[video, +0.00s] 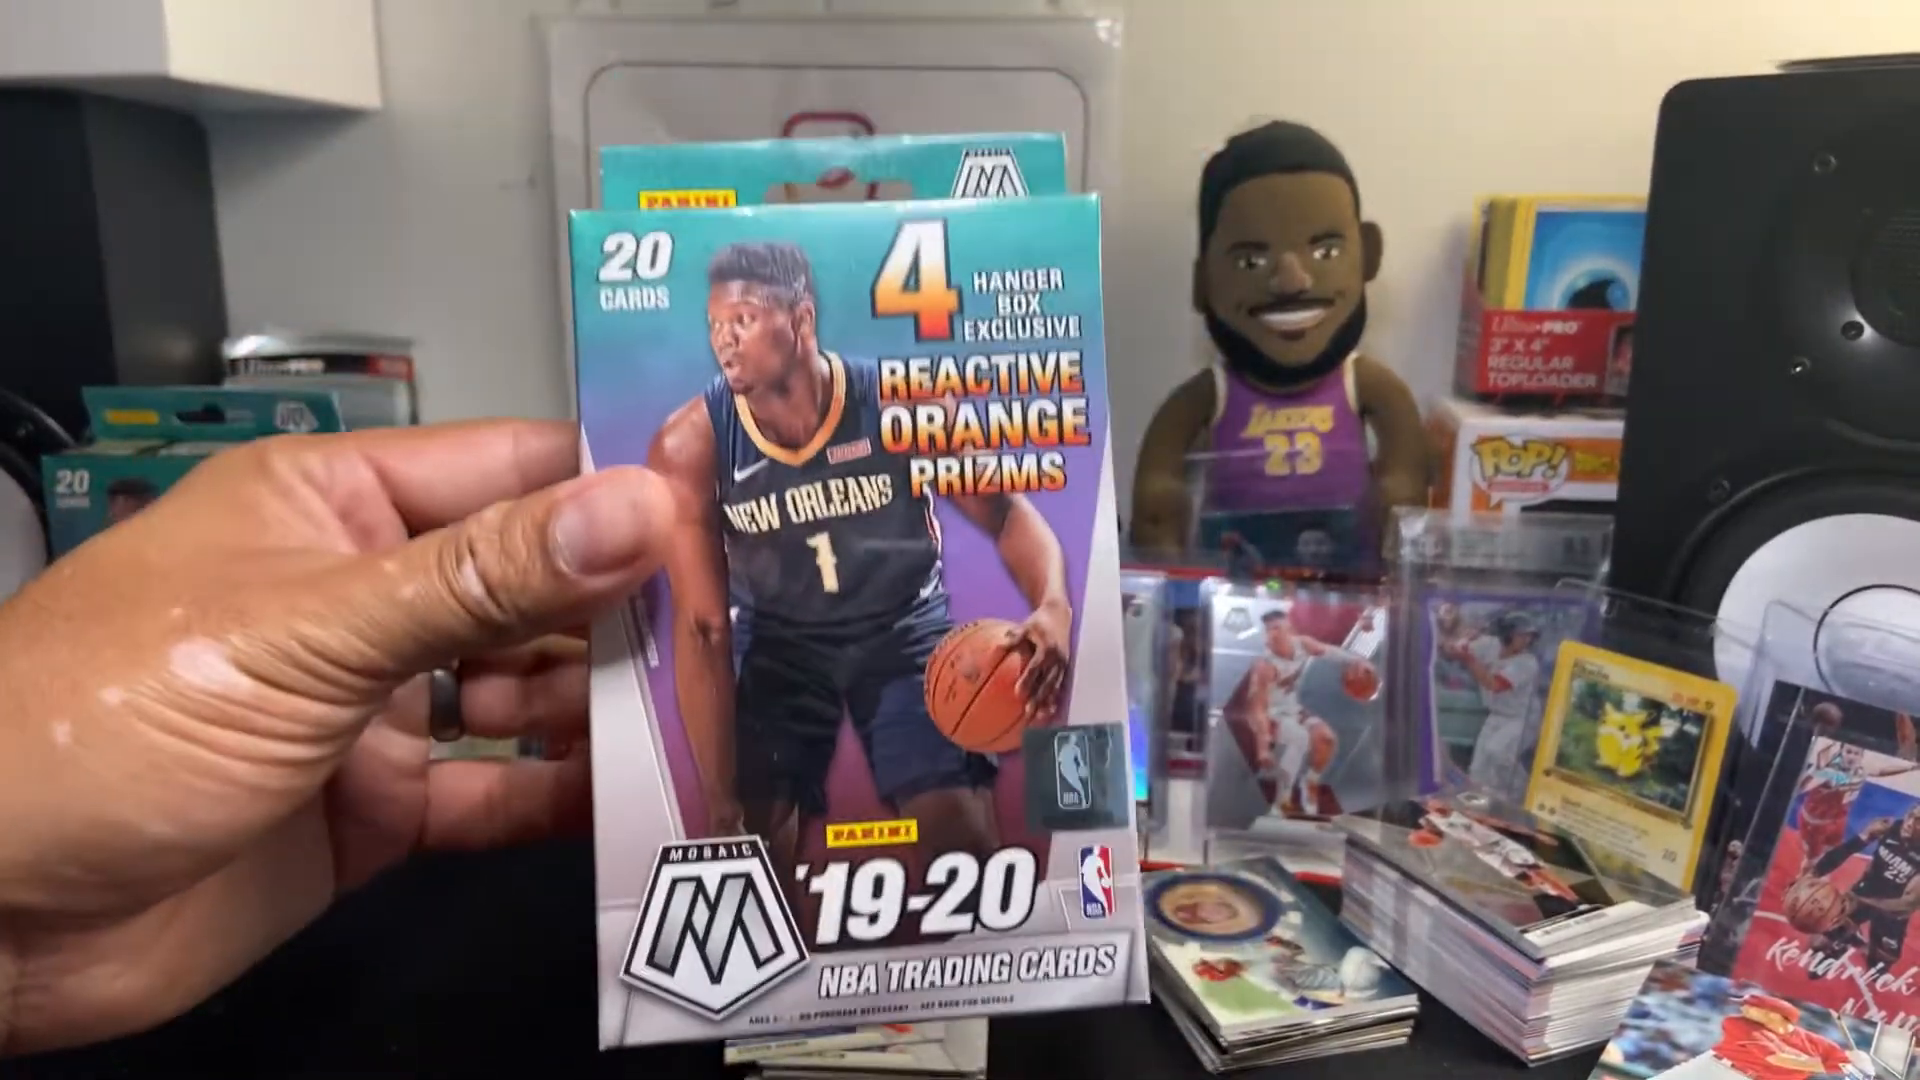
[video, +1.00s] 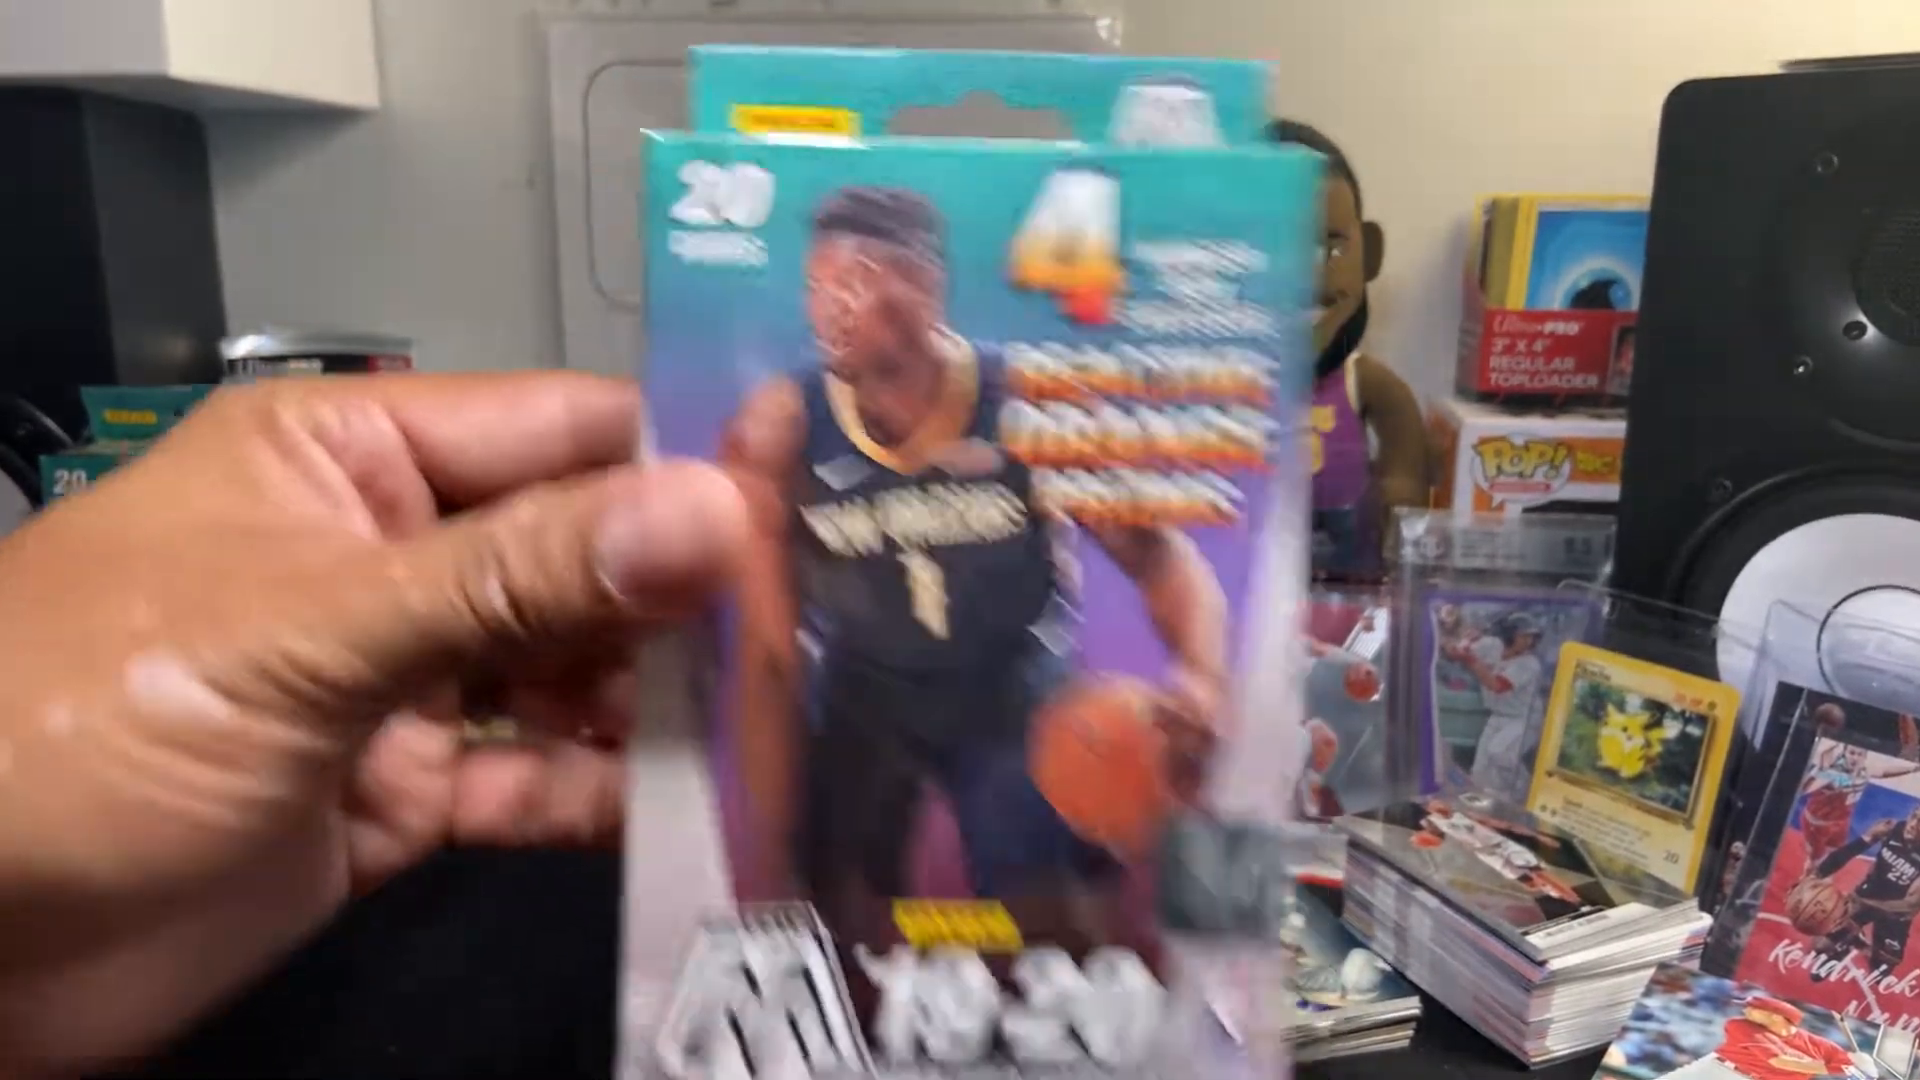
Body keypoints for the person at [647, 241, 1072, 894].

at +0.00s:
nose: (725, 342)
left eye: (743, 320)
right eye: (716, 326)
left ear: (802, 320)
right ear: (710, 334)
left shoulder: (897, 403)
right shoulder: (692, 444)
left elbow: (1004, 514)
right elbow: (702, 630)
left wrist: (1054, 606)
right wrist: (718, 799)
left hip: (907, 637)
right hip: (783, 651)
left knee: (954, 831)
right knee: (756, 843)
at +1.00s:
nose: (828, 306)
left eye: (854, 282)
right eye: (819, 283)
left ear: (922, 290)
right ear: (806, 292)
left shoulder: (1028, 406)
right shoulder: (780, 427)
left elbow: (1157, 557)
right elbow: (767, 655)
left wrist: (1202, 680)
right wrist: (767, 858)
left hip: (1008, 695)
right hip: (865, 698)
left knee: (1054, 907)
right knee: (837, 913)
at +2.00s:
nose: (817, 267)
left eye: (845, 238)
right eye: (807, 244)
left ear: (929, 238)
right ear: (797, 254)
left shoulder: (1058, 360)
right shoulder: (772, 411)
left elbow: (1205, 520)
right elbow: (780, 668)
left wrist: (1273, 653)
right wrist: (799, 906)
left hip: (1063, 679)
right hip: (886, 690)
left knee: (1125, 954)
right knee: (845, 957)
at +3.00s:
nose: (669, 281)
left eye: (689, 261)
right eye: (661, 266)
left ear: (747, 259)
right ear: (653, 272)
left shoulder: (838, 344)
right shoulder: (640, 380)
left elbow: (940, 450)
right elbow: (652, 556)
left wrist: (984, 538)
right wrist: (667, 712)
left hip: (845, 559)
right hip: (727, 571)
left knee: (893, 744)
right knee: (708, 755)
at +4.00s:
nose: (670, 290)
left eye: (689, 268)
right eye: (661, 273)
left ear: (746, 266)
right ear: (654, 282)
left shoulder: (840, 348)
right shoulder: (643, 391)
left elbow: (950, 453)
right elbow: (658, 574)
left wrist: (1001, 544)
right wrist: (682, 741)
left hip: (855, 573)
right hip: (736, 587)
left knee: (906, 752)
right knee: (721, 773)